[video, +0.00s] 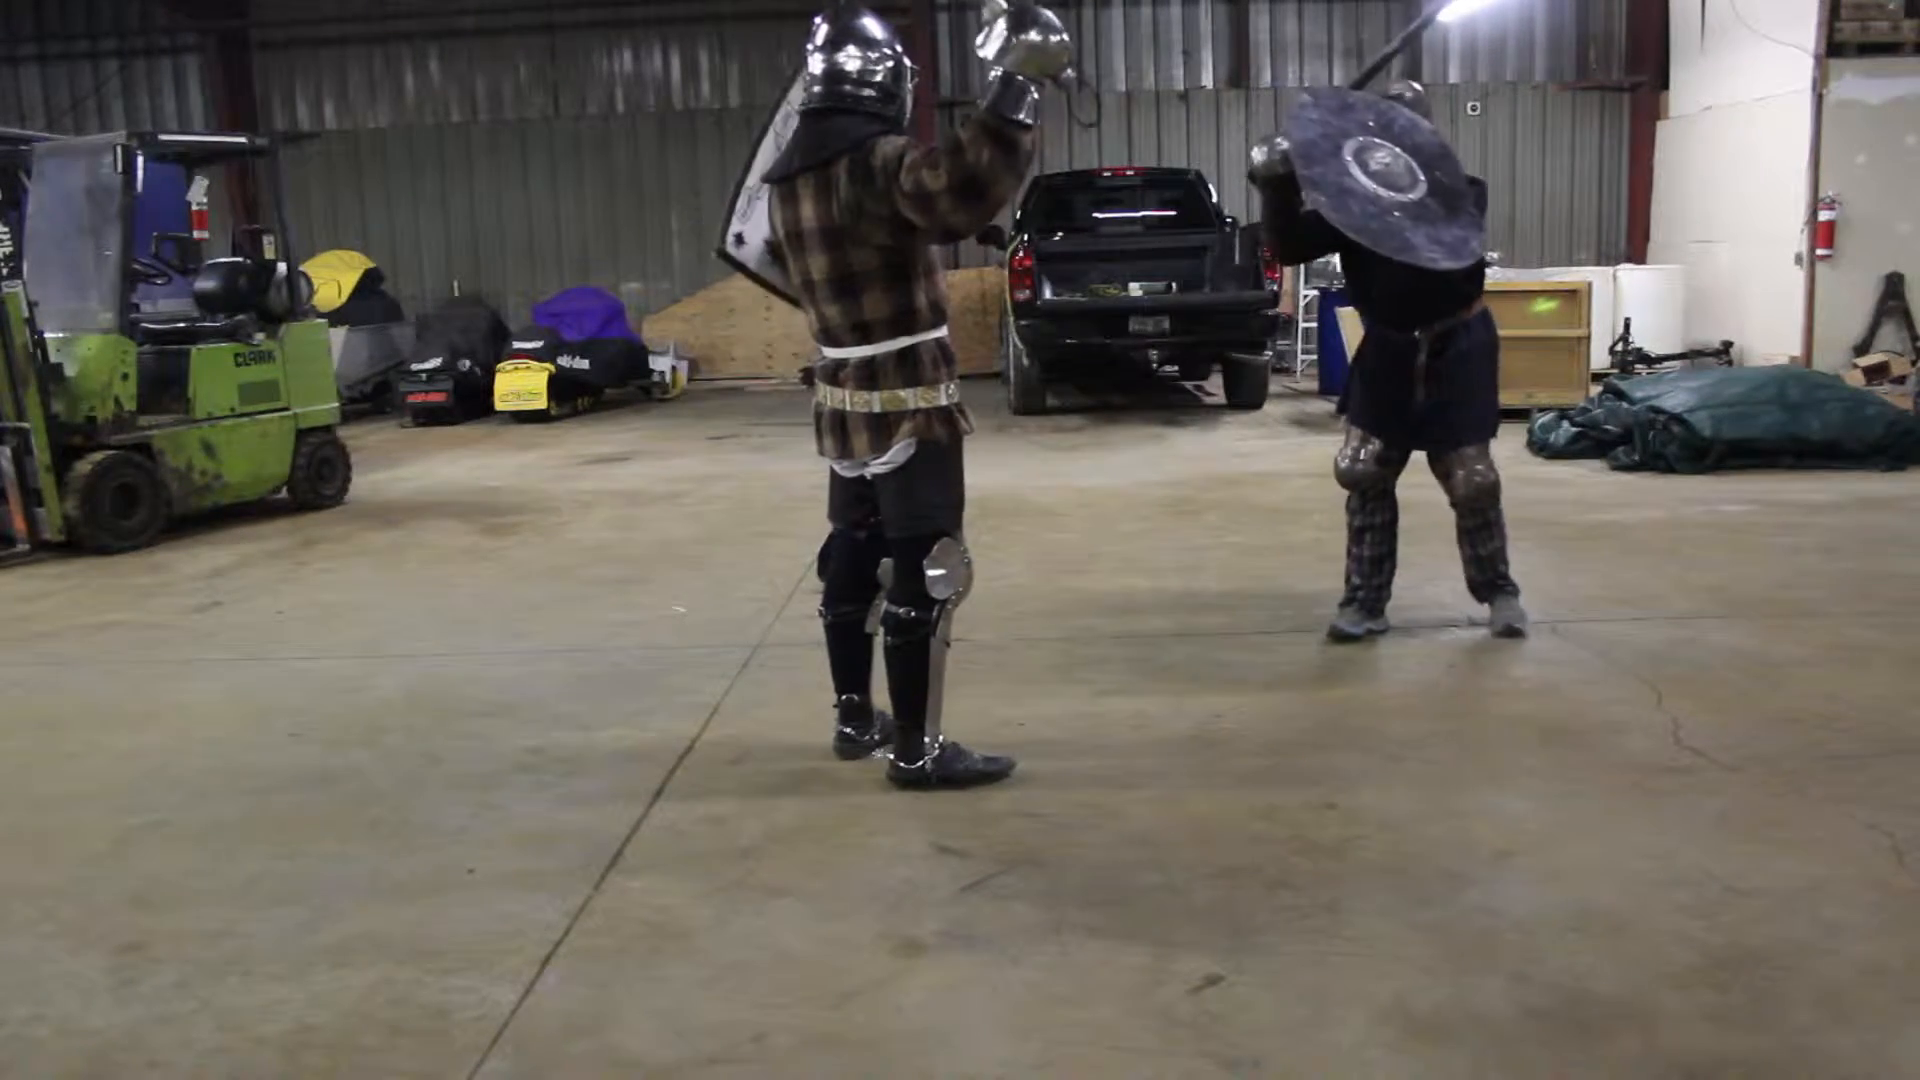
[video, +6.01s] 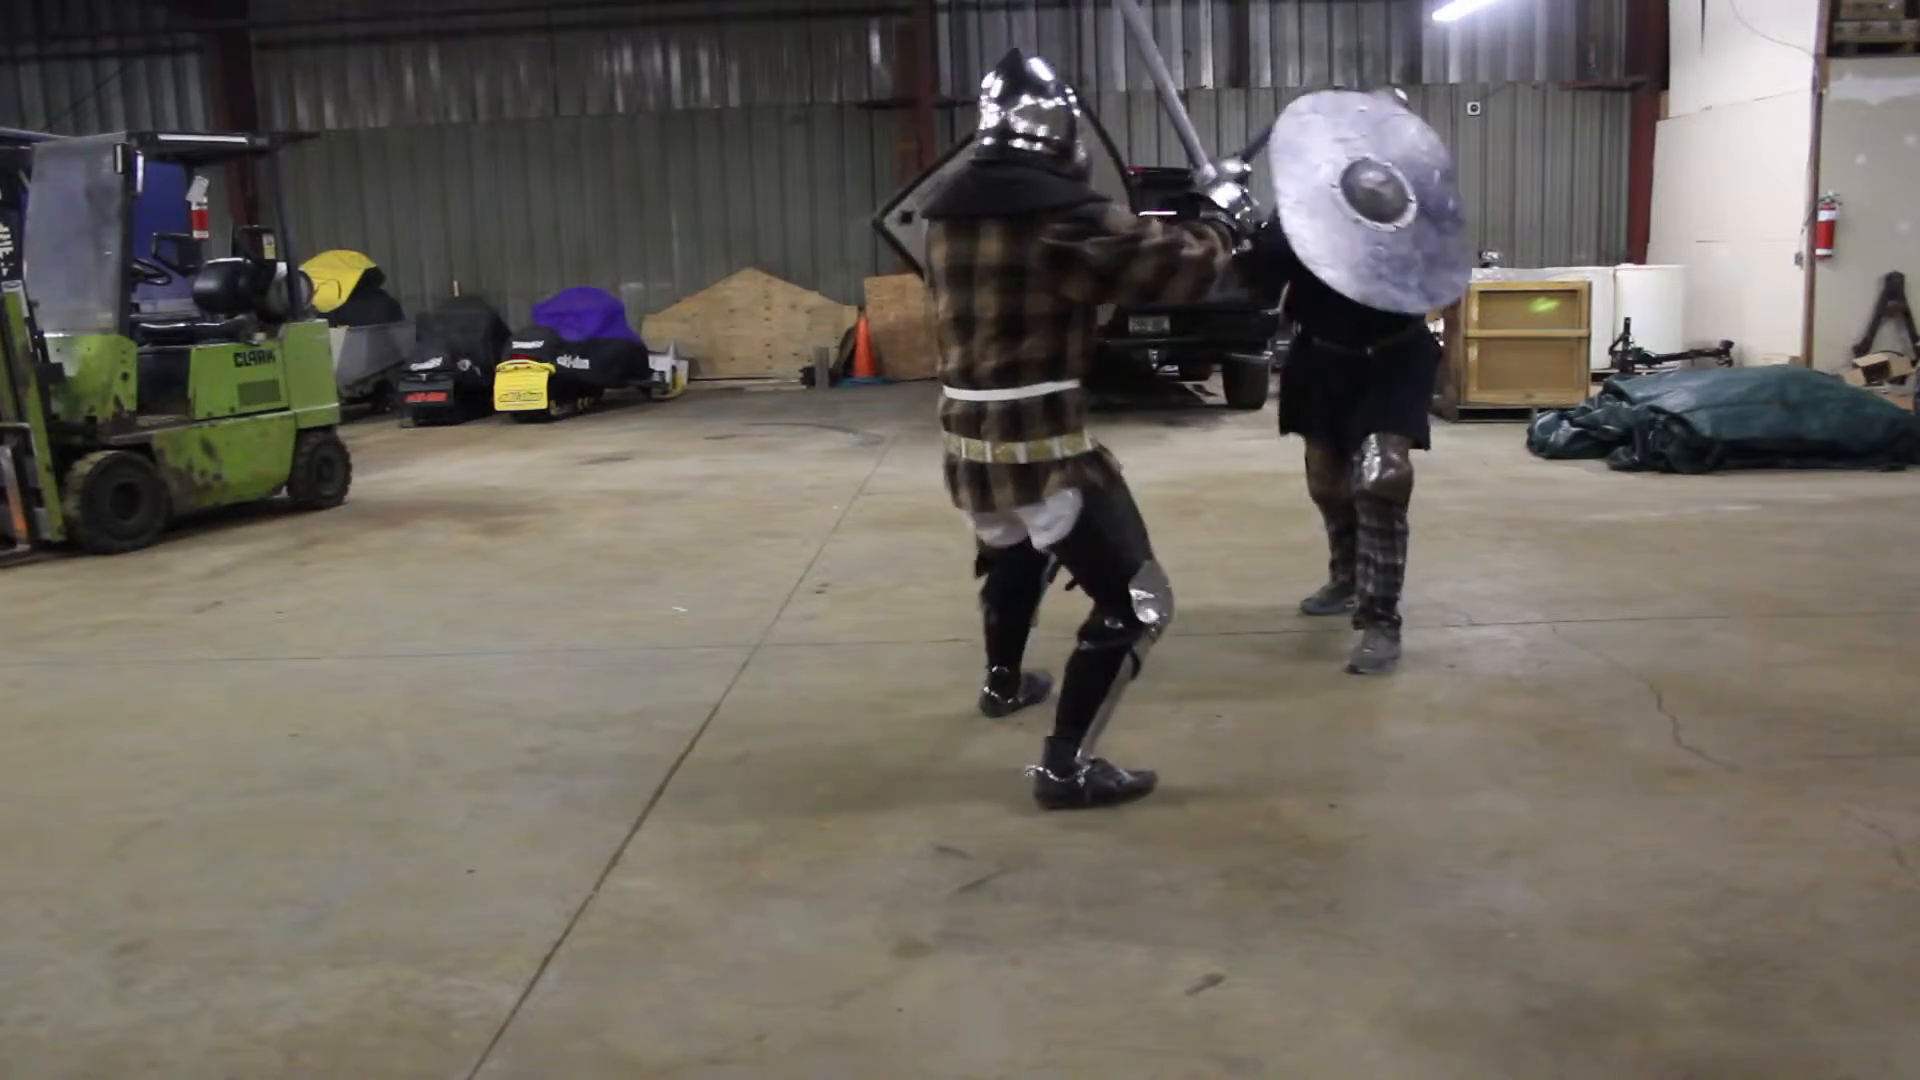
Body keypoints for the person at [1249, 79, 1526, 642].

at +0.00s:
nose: (1391, 151)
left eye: (1404, 135)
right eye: (1379, 140)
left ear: (1425, 141)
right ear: (1363, 153)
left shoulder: (1459, 196)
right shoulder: (1351, 207)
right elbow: (1290, 247)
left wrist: (1419, 143)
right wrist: (1277, 188)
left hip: (1461, 338)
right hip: (1388, 343)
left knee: (1470, 475)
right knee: (1365, 469)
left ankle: (1500, 593)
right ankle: (1365, 600)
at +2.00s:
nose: (1374, 156)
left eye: (1387, 143)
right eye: (1363, 143)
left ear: (1413, 148)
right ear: (1353, 147)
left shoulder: (1443, 215)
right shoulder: (1347, 209)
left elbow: (1438, 305)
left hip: (1438, 357)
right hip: (1365, 358)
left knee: (1461, 489)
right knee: (1330, 479)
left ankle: (1504, 597)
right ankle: (1344, 610)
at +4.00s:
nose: (1435, 146)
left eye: (1448, 134)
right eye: (1424, 134)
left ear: (1469, 140)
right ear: (1409, 137)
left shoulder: (1488, 202)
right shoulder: (1390, 195)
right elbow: (1330, 258)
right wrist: (1319, 202)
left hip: (1483, 343)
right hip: (1412, 343)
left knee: (1493, 485)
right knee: (1364, 466)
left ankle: (1540, 598)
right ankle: (1376, 587)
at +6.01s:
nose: (1371, 179)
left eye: (1382, 175)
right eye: (1360, 173)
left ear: (1401, 179)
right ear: (1338, 173)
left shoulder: (1419, 212)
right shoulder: (1306, 213)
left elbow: (1446, 279)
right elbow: (1261, 275)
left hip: (1396, 350)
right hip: (1322, 348)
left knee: (1382, 481)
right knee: (1328, 482)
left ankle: (1381, 623)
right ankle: (1346, 579)